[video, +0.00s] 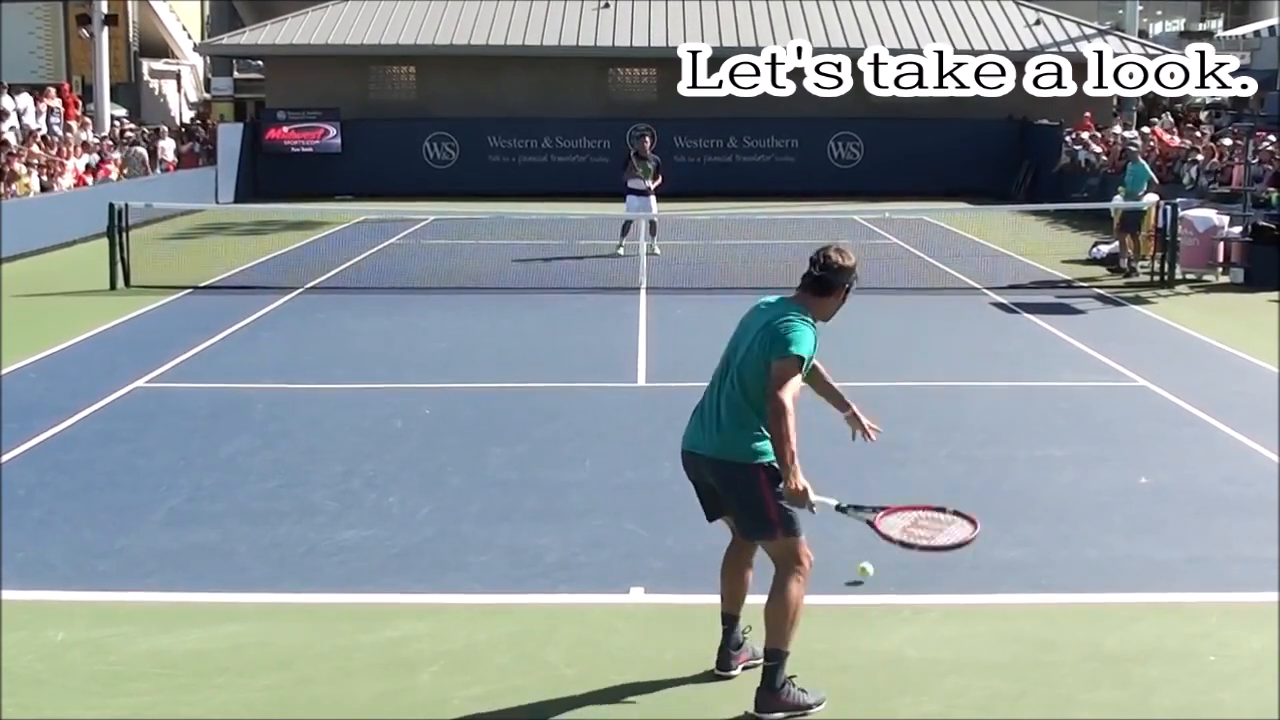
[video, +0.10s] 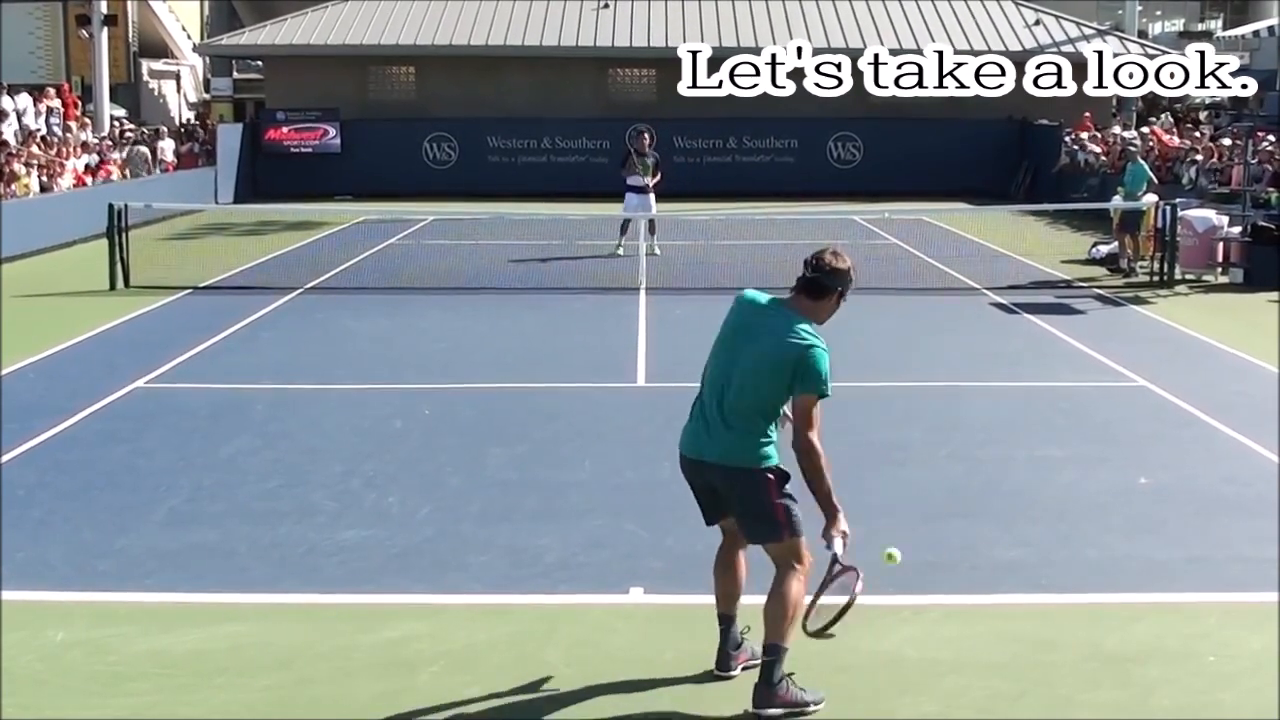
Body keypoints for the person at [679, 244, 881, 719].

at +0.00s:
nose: (843, 305)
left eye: (845, 297)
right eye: (846, 297)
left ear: (805, 280)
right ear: (837, 294)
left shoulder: (767, 308)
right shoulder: (798, 330)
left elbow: (809, 368)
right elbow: (780, 398)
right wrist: (792, 471)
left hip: (701, 449)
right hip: (742, 456)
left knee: (744, 538)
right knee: (795, 562)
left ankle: (731, 647)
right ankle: (774, 687)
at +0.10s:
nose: (838, 310)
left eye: (840, 301)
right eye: (841, 302)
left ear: (800, 282)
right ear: (833, 298)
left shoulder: (747, 302)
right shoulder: (809, 349)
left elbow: (740, 365)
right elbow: (805, 441)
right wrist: (832, 512)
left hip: (697, 453)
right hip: (748, 464)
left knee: (733, 536)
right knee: (794, 562)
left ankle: (729, 648)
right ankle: (773, 682)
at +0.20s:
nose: (830, 304)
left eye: (833, 296)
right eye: (833, 296)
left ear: (791, 275)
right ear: (826, 293)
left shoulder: (733, 293)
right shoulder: (812, 348)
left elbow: (701, 336)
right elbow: (805, 424)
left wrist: (746, 360)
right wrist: (815, 454)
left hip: (698, 451)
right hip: (751, 462)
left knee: (723, 535)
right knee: (789, 558)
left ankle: (728, 648)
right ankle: (774, 677)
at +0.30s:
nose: (822, 286)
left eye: (819, 277)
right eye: (824, 279)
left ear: (784, 260)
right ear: (821, 278)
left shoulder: (726, 287)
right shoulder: (813, 331)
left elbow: (676, 329)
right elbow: (805, 392)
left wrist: (719, 324)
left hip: (701, 445)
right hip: (760, 451)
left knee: (715, 538)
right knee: (777, 548)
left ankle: (726, 650)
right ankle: (778, 660)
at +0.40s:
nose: (814, 267)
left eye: (808, 258)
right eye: (816, 261)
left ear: (773, 248)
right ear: (813, 263)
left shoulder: (723, 280)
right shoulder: (812, 314)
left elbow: (665, 329)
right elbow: (773, 321)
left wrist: (691, 290)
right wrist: (721, 285)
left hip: (705, 437)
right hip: (763, 443)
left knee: (716, 538)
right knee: (774, 538)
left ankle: (725, 649)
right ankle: (788, 649)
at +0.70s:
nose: (748, 246)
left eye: (746, 239)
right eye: (773, 240)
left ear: (743, 244)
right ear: (786, 249)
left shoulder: (731, 293)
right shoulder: (800, 298)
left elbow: (709, 362)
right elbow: (744, 311)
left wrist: (675, 322)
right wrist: (692, 284)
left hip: (712, 441)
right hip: (768, 440)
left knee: (706, 548)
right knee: (782, 552)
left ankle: (708, 649)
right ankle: (793, 672)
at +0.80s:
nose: (728, 237)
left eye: (728, 230)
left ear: (728, 234)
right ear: (770, 238)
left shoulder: (722, 280)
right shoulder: (789, 289)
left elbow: (710, 352)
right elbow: (739, 353)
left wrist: (658, 329)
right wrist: (670, 329)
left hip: (713, 433)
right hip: (768, 434)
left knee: (690, 542)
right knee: (776, 549)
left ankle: (675, 645)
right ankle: (791, 671)